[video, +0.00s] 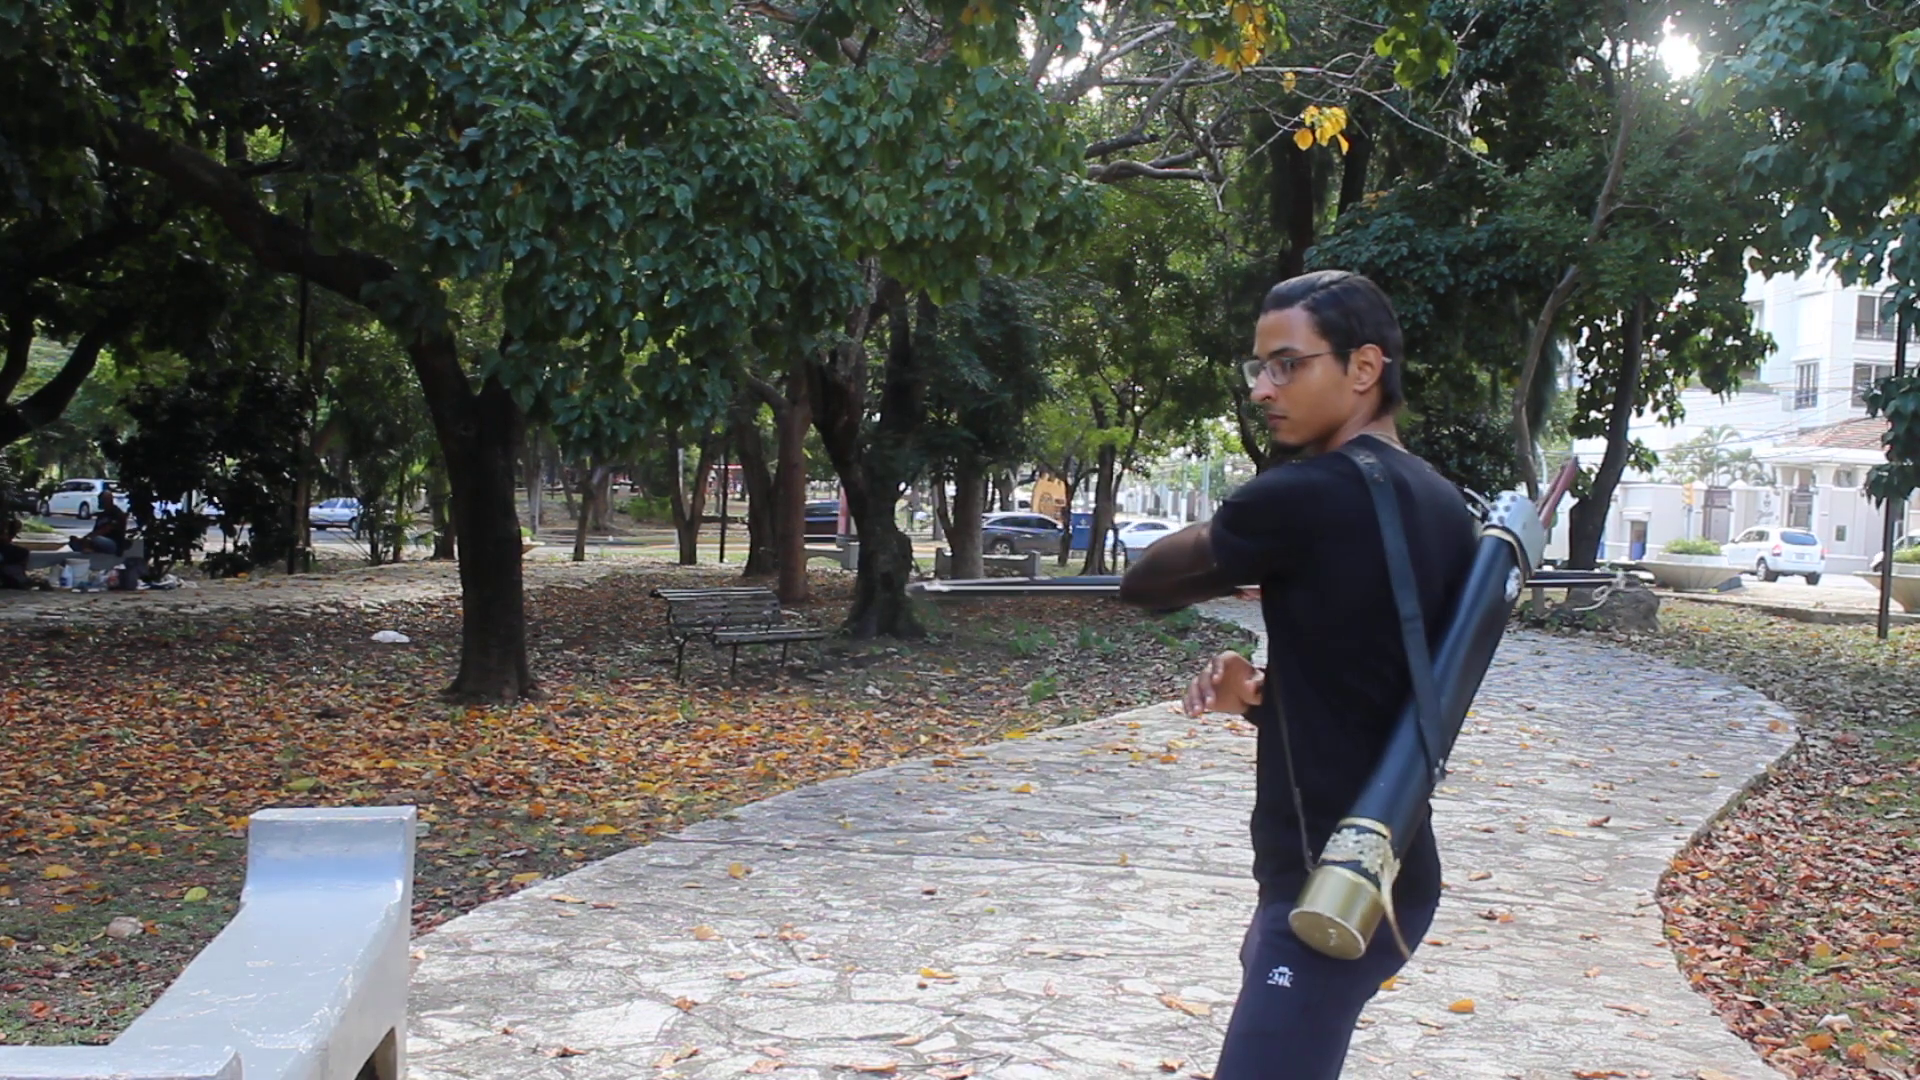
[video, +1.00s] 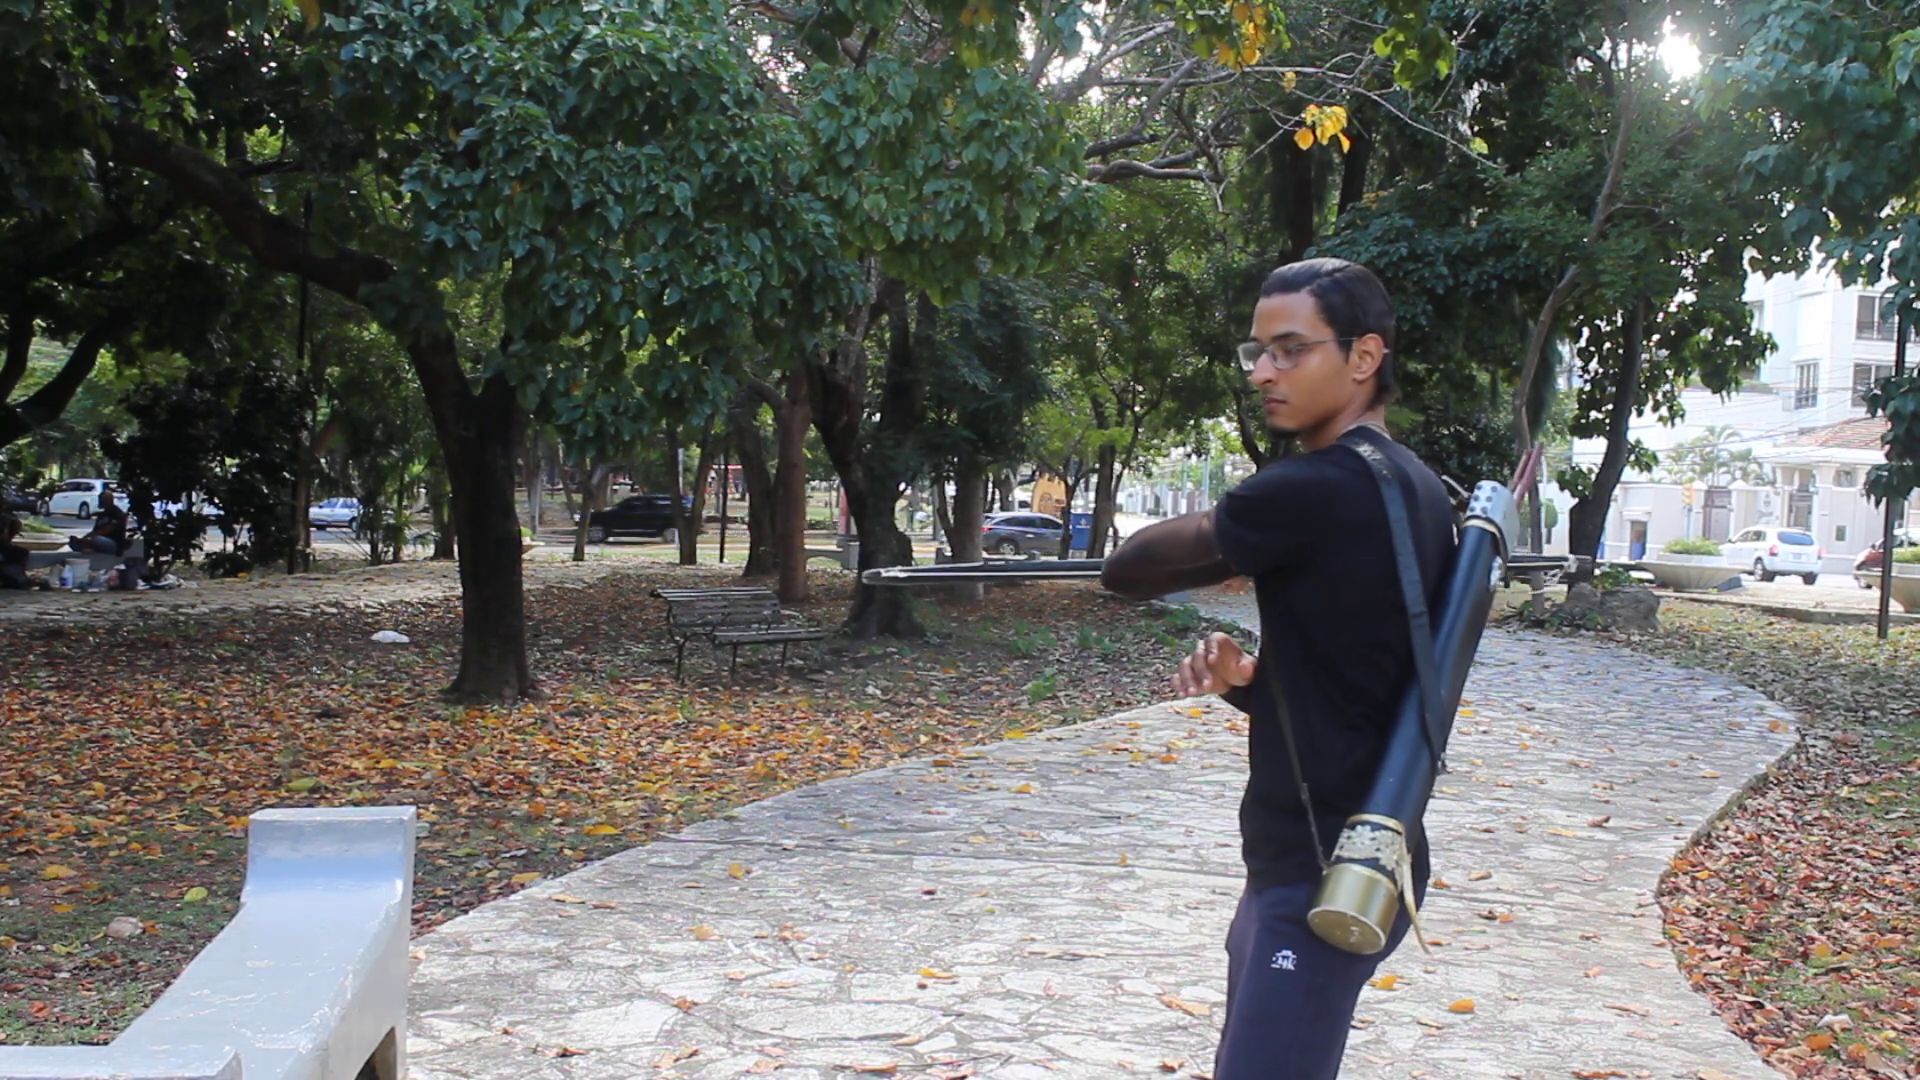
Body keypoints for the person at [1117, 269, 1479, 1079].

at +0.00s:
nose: (1261, 388)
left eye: (1287, 364)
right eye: (1258, 366)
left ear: (1365, 370)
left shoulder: (1305, 495)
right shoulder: (1440, 499)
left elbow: (1144, 582)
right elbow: (1397, 685)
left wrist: (1246, 563)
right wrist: (1265, 690)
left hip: (1322, 888)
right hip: (1389, 876)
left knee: (1253, 1067)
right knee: (1277, 1061)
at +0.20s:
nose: (1267, 383)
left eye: (1294, 360)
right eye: (1266, 361)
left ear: (1372, 368)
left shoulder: (1317, 492)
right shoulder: (1441, 498)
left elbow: (1139, 573)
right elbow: (1394, 698)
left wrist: (1244, 559)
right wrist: (1264, 690)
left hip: (1322, 888)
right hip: (1384, 876)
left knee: (1261, 1065)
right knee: (1271, 1058)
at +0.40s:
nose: (1266, 382)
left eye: (1292, 359)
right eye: (1264, 360)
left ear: (1370, 365)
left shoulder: (1315, 494)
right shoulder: (1440, 497)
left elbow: (1137, 573)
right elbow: (1395, 690)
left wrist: (1245, 563)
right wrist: (1265, 686)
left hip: (1319, 886)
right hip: (1381, 872)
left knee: (1265, 1066)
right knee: (1271, 1057)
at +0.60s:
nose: (1263, 379)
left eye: (1289, 357)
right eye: (1262, 358)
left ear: (1368, 364)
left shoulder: (1316, 492)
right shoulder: (1434, 494)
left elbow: (1134, 570)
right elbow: (1388, 683)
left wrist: (1246, 560)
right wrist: (1263, 681)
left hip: (1316, 884)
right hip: (1374, 870)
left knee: (1264, 1066)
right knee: (1266, 1058)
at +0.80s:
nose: (1259, 377)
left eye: (1285, 354)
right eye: (1256, 355)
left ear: (1364, 362)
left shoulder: (1315, 489)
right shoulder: (1428, 492)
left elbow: (1130, 569)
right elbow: (1384, 686)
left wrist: (1241, 556)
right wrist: (1257, 680)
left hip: (1312, 880)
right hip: (1369, 867)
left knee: (1261, 1065)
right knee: (1263, 1058)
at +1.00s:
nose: (1259, 371)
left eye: (1287, 348)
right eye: (1256, 350)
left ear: (1365, 359)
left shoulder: (1314, 487)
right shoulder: (1424, 490)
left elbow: (1126, 567)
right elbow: (1378, 682)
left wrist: (1243, 550)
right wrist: (1254, 678)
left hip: (1310, 877)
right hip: (1362, 864)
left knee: (1260, 1067)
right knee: (1249, 1058)